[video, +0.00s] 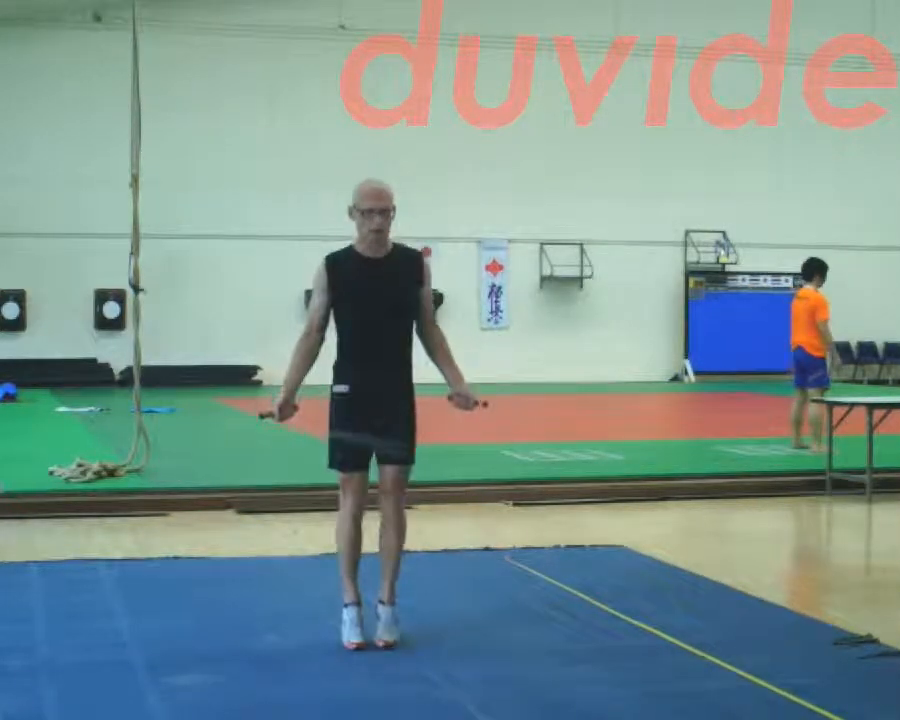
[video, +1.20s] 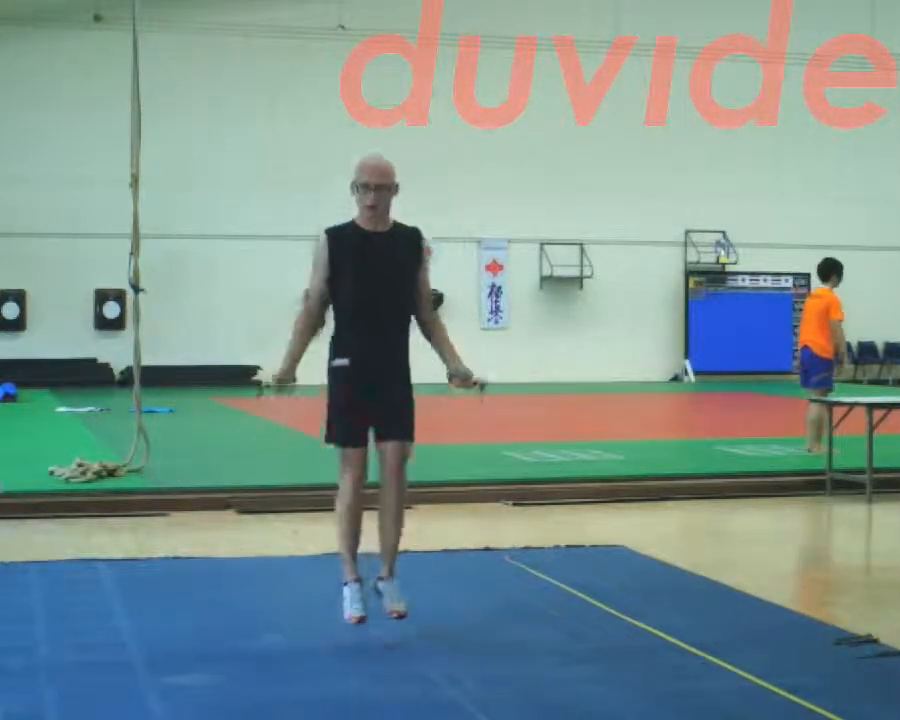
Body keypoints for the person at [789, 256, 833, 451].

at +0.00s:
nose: (824, 280)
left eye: (824, 276)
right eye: (823, 276)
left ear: (804, 275)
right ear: (819, 276)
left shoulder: (798, 296)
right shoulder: (818, 299)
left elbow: (797, 323)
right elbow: (822, 325)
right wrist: (831, 348)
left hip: (798, 348)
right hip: (814, 350)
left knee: (801, 395)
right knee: (816, 397)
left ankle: (796, 438)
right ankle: (817, 442)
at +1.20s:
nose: (840, 279)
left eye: (840, 275)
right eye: (840, 275)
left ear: (821, 275)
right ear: (836, 276)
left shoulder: (812, 297)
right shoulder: (831, 299)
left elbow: (805, 326)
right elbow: (836, 328)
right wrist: (843, 355)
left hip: (806, 349)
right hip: (821, 351)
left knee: (820, 397)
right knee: (817, 398)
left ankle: (817, 442)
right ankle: (813, 444)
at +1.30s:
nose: (840, 280)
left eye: (840, 276)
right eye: (840, 276)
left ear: (821, 275)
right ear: (836, 276)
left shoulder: (813, 296)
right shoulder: (831, 298)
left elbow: (816, 329)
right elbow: (842, 324)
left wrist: (835, 344)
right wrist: (857, 342)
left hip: (806, 347)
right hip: (820, 349)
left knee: (817, 397)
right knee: (818, 397)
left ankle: (814, 443)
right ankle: (814, 444)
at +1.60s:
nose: (847, 287)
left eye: (847, 283)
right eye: (847, 282)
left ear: (829, 279)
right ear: (841, 282)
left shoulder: (816, 297)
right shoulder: (831, 301)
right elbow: (842, 333)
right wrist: (856, 358)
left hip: (805, 349)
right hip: (818, 353)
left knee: (816, 397)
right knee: (824, 398)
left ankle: (816, 441)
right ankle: (818, 443)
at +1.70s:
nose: (850, 291)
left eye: (851, 287)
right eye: (850, 286)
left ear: (833, 282)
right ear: (845, 285)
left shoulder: (818, 299)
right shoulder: (832, 302)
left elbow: (803, 320)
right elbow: (829, 326)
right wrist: (829, 351)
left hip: (805, 351)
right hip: (818, 354)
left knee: (817, 398)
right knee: (823, 398)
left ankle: (817, 441)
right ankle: (818, 442)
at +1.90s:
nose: (851, 300)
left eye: (853, 296)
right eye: (852, 295)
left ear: (837, 286)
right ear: (847, 292)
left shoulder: (817, 292)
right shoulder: (833, 299)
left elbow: (797, 285)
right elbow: (819, 284)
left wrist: (786, 270)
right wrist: (801, 270)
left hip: (792, 341)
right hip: (800, 347)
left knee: (809, 392)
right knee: (810, 393)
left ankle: (807, 437)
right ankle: (807, 439)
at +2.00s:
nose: (848, 318)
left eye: (850, 314)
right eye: (849, 313)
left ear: (837, 302)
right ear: (843, 308)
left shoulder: (815, 303)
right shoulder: (826, 309)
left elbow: (801, 289)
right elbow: (809, 289)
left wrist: (793, 272)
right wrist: (796, 272)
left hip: (785, 350)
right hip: (794, 355)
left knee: (805, 401)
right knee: (806, 402)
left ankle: (793, 443)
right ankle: (793, 444)